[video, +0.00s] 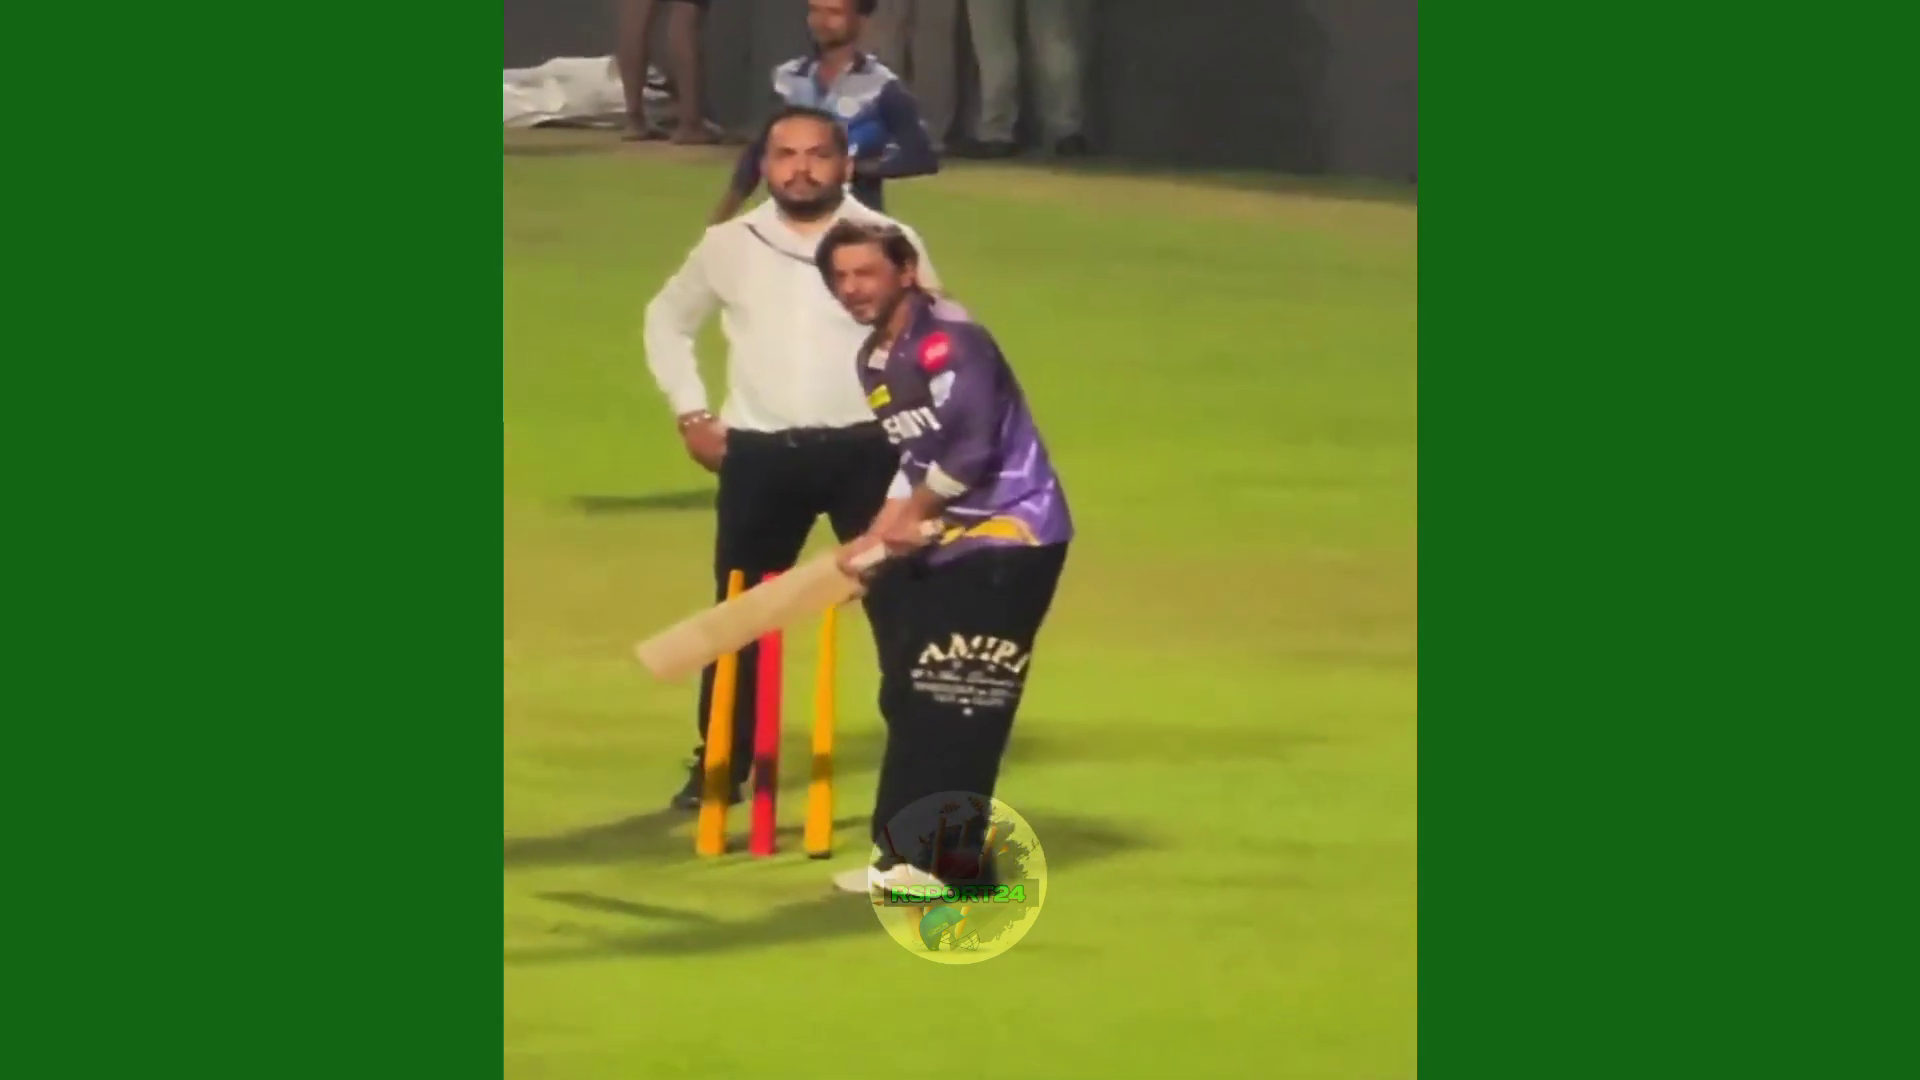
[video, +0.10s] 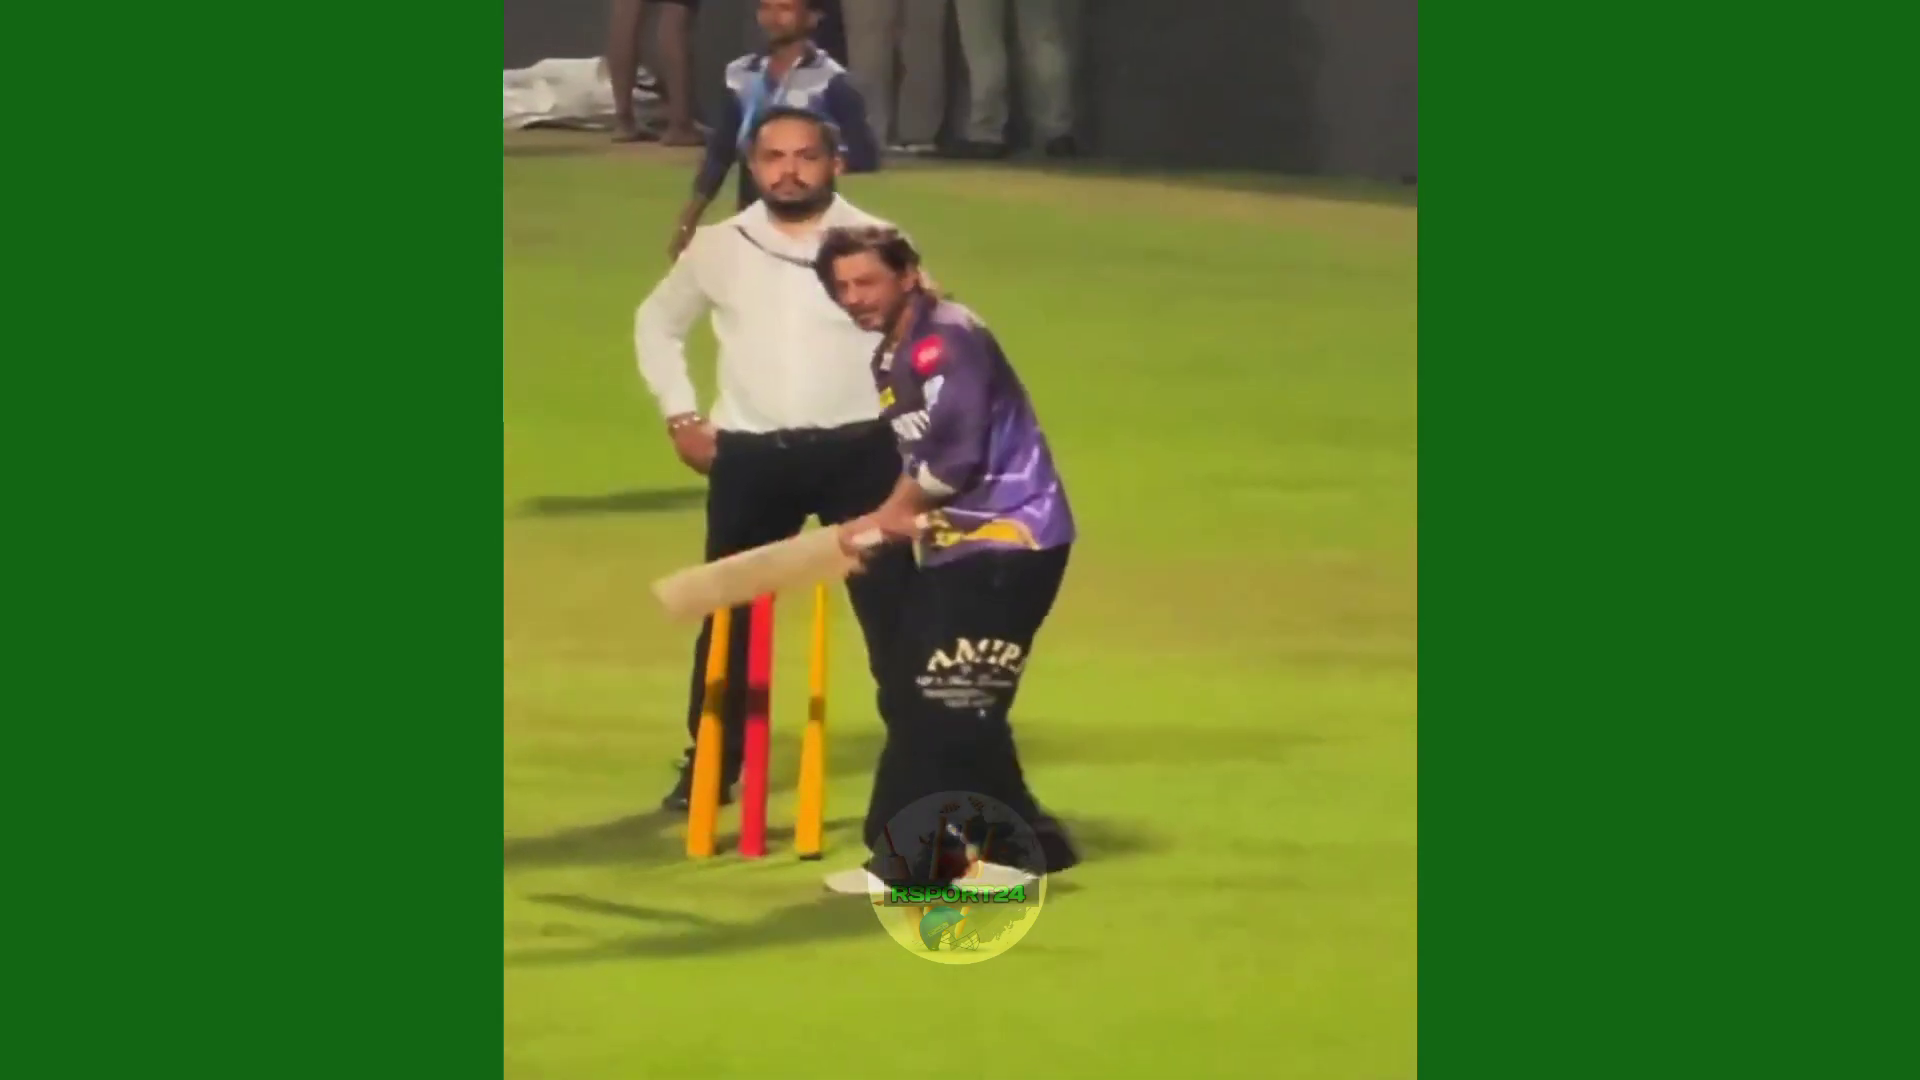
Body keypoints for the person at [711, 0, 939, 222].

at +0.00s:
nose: (821, 21)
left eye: (834, 12)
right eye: (814, 11)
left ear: (860, 18)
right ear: (806, 17)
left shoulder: (883, 86)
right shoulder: (789, 80)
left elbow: (922, 158)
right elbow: (762, 148)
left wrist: (853, 168)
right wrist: (727, 208)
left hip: (857, 215)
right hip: (791, 213)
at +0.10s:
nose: (774, 17)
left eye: (786, 9)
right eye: (766, 9)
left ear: (811, 18)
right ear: (758, 15)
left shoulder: (833, 80)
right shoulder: (740, 74)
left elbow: (866, 156)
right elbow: (721, 151)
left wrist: (804, 168)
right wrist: (689, 220)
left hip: (813, 209)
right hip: (752, 205)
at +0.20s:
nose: (727, 12)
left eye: (739, 5)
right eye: (721, 6)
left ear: (765, 12)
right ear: (711, 14)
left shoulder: (789, 76)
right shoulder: (699, 74)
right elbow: (688, 152)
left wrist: (728, 146)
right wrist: (668, 225)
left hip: (767, 210)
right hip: (711, 209)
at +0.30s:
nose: (676, 10)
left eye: (688, 3)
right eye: (669, 3)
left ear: (713, 10)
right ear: (660, 10)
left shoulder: (738, 76)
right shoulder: (656, 76)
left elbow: (759, 156)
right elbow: (654, 160)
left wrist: (682, 155)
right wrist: (650, 230)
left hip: (721, 227)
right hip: (661, 228)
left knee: (739, 326)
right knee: (617, 319)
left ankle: (754, 437)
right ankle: (629, 446)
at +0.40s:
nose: (622, 12)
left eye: (634, 4)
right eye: (617, 4)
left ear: (661, 11)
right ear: (611, 13)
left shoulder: (685, 75)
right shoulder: (613, 75)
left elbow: (715, 149)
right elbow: (620, 140)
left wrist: (636, 157)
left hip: (674, 234)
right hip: (618, 230)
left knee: (701, 335)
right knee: (584, 333)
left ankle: (753, 425)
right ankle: (545, 446)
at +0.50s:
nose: (565, 11)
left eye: (575, 4)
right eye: (559, 4)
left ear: (597, 10)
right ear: (552, 11)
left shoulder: (625, 73)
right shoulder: (547, 68)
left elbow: (668, 138)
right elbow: (545, 121)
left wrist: (593, 160)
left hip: (611, 231)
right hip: (555, 226)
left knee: (632, 335)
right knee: (534, 335)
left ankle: (690, 387)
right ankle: (524, 448)